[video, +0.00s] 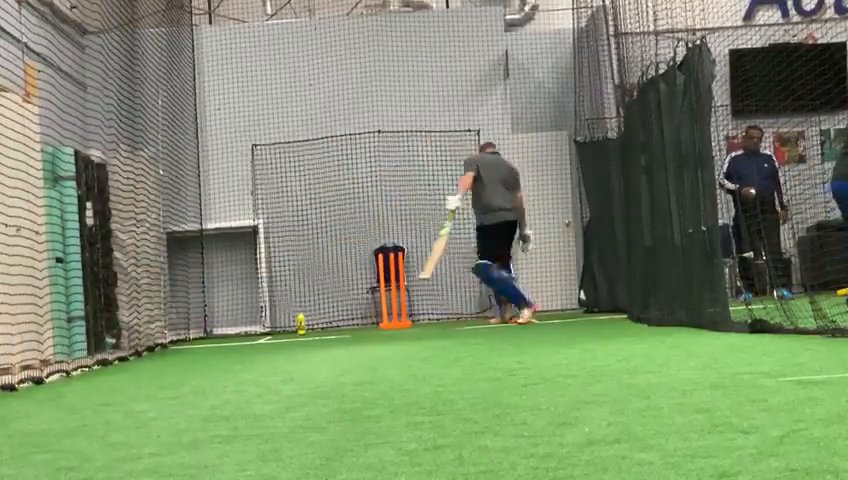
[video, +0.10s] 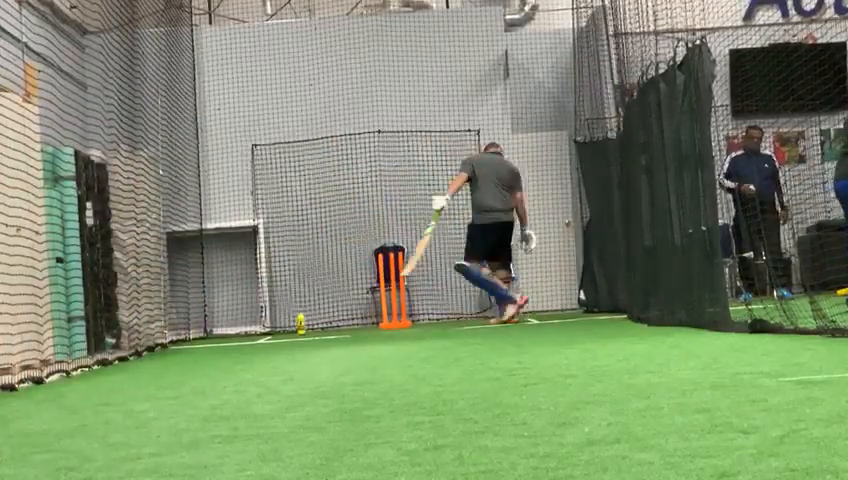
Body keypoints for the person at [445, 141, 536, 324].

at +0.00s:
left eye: (481, 151)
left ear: (480, 152)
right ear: (497, 151)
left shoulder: (474, 161)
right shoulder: (510, 168)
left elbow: (468, 178)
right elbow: (519, 201)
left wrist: (457, 197)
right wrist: (523, 229)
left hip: (489, 221)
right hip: (510, 220)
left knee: (484, 267)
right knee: (501, 266)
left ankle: (525, 305)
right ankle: (505, 313)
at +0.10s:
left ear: (484, 152)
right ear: (502, 154)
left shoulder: (473, 160)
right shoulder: (512, 169)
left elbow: (461, 178)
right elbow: (519, 201)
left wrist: (446, 197)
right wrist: (525, 229)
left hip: (481, 223)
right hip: (506, 223)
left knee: (471, 266)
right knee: (500, 267)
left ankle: (511, 300)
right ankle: (506, 311)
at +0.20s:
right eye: (500, 151)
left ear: (484, 151)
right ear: (502, 153)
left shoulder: (470, 161)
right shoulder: (510, 167)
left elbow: (454, 181)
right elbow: (519, 199)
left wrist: (437, 200)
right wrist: (524, 227)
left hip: (476, 223)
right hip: (502, 224)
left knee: (469, 264)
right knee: (500, 266)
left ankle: (492, 306)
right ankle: (507, 312)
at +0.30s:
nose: (503, 159)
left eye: (502, 157)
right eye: (503, 157)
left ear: (481, 152)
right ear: (499, 154)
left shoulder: (465, 162)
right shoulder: (506, 167)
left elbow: (445, 186)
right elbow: (515, 197)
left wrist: (431, 206)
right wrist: (522, 226)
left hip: (472, 224)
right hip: (499, 224)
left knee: (468, 269)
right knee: (499, 267)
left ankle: (467, 316)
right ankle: (506, 311)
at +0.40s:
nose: (498, 162)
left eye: (498, 160)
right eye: (498, 160)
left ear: (479, 155)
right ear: (493, 156)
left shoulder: (462, 170)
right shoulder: (500, 171)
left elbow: (441, 191)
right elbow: (510, 198)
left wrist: (429, 215)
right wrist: (522, 226)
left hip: (471, 227)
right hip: (500, 226)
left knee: (465, 270)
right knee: (502, 263)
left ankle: (466, 317)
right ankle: (506, 309)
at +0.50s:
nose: (496, 165)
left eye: (497, 163)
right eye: (496, 162)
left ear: (479, 157)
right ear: (488, 157)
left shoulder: (460, 175)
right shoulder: (496, 173)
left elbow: (439, 201)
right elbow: (509, 200)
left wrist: (433, 225)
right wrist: (526, 226)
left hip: (471, 231)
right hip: (501, 229)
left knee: (464, 270)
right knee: (512, 259)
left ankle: (466, 317)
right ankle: (510, 307)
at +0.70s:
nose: (506, 166)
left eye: (507, 163)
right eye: (506, 162)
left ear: (487, 159)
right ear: (499, 159)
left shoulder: (468, 176)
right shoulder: (504, 173)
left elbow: (452, 201)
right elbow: (522, 200)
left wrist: (454, 227)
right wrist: (546, 222)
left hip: (478, 230)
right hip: (508, 226)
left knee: (469, 271)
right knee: (533, 257)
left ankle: (466, 316)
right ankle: (554, 301)